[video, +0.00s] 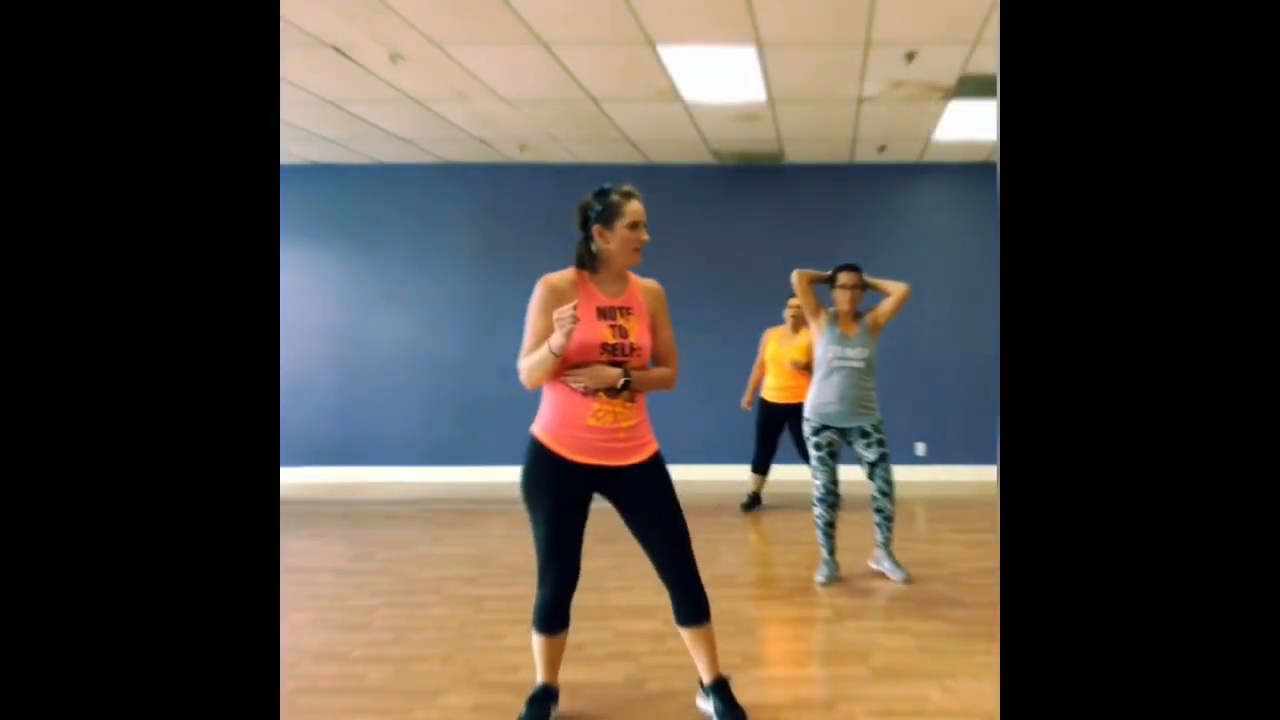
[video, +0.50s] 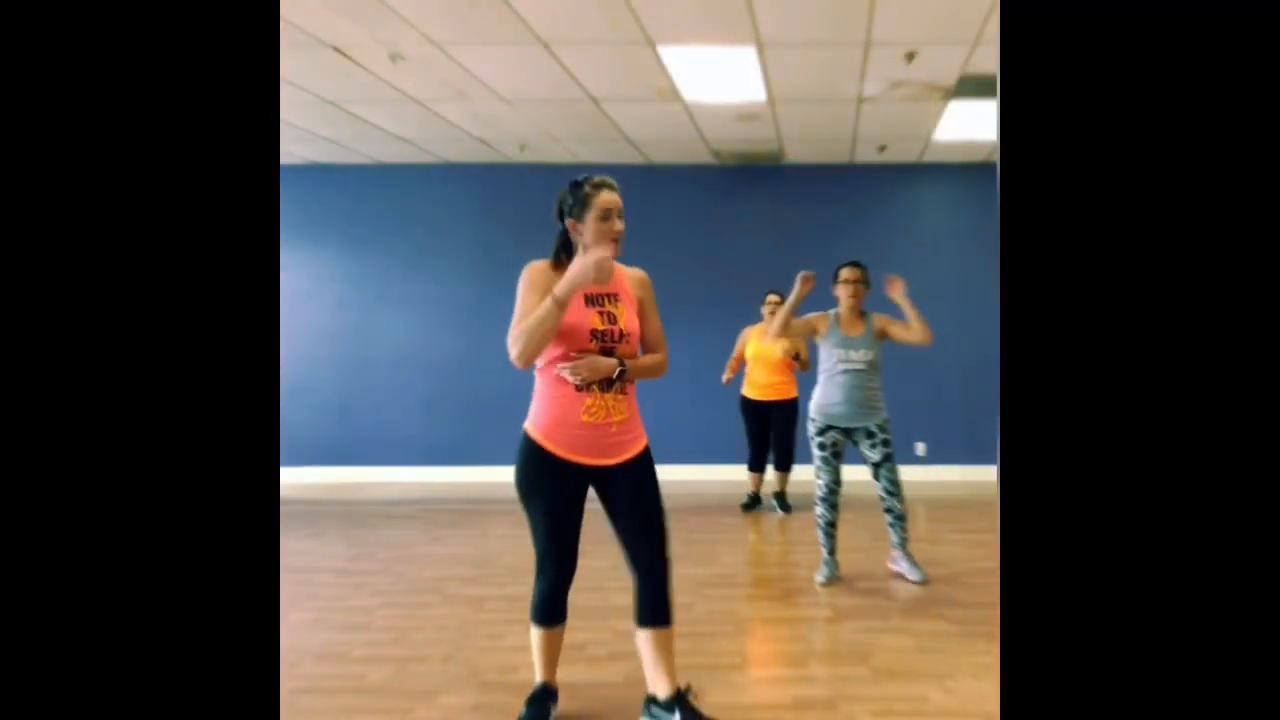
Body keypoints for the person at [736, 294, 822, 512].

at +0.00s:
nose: (793, 312)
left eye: (797, 308)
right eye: (790, 308)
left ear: (805, 314)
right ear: (784, 311)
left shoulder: (811, 337)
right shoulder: (771, 335)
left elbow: (821, 369)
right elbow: (760, 364)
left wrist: (805, 368)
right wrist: (750, 391)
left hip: (799, 401)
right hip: (771, 399)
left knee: (809, 450)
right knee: (763, 449)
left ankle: (828, 491)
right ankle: (754, 492)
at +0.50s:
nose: (772, 308)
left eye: (777, 304)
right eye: (768, 304)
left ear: (785, 309)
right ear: (761, 308)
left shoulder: (793, 333)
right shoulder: (749, 332)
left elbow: (805, 366)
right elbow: (737, 357)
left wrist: (797, 356)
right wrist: (730, 371)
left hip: (784, 395)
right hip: (754, 395)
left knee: (783, 447)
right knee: (757, 446)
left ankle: (780, 491)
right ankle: (753, 492)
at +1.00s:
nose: (798, 310)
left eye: (803, 306)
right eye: (795, 306)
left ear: (810, 311)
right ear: (788, 311)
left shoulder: (822, 335)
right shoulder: (777, 338)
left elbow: (836, 361)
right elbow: (769, 369)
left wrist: (836, 374)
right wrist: (768, 396)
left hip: (815, 400)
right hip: (785, 401)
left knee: (817, 453)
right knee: (773, 451)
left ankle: (823, 495)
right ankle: (757, 494)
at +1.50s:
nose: (815, 307)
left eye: (819, 303)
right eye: (811, 303)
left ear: (826, 309)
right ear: (805, 309)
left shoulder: (837, 334)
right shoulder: (793, 334)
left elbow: (846, 365)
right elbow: (779, 361)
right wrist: (766, 385)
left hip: (829, 398)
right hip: (798, 398)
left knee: (825, 451)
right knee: (793, 448)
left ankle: (824, 495)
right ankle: (788, 493)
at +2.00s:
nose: (798, 309)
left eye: (802, 306)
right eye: (794, 306)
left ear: (810, 313)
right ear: (788, 312)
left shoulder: (817, 338)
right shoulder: (775, 333)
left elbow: (830, 365)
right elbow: (743, 333)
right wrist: (709, 328)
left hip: (808, 402)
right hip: (776, 401)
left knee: (814, 452)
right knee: (765, 450)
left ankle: (823, 497)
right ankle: (748, 495)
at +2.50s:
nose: (769, 307)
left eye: (773, 303)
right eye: (765, 303)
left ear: (780, 309)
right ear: (759, 308)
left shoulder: (791, 334)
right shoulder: (746, 333)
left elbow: (802, 360)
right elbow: (725, 348)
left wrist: (799, 377)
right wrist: (707, 338)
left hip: (780, 398)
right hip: (750, 396)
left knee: (780, 452)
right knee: (751, 450)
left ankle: (779, 496)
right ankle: (747, 494)